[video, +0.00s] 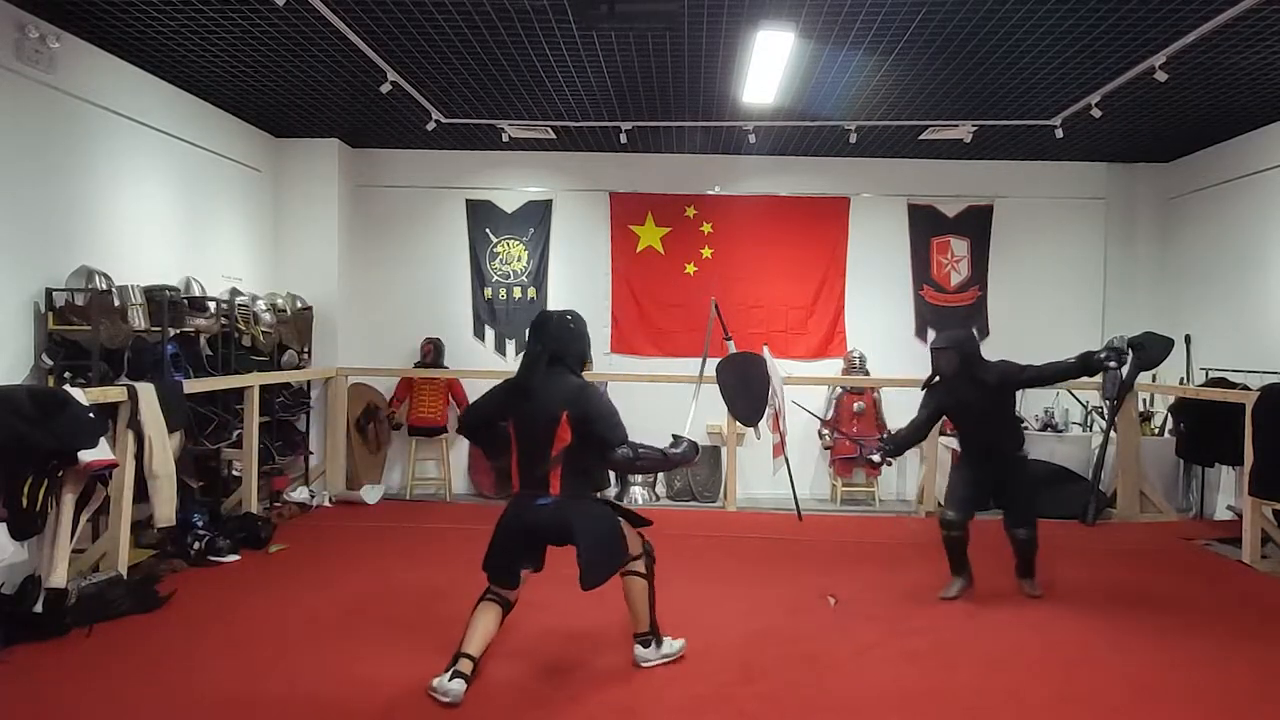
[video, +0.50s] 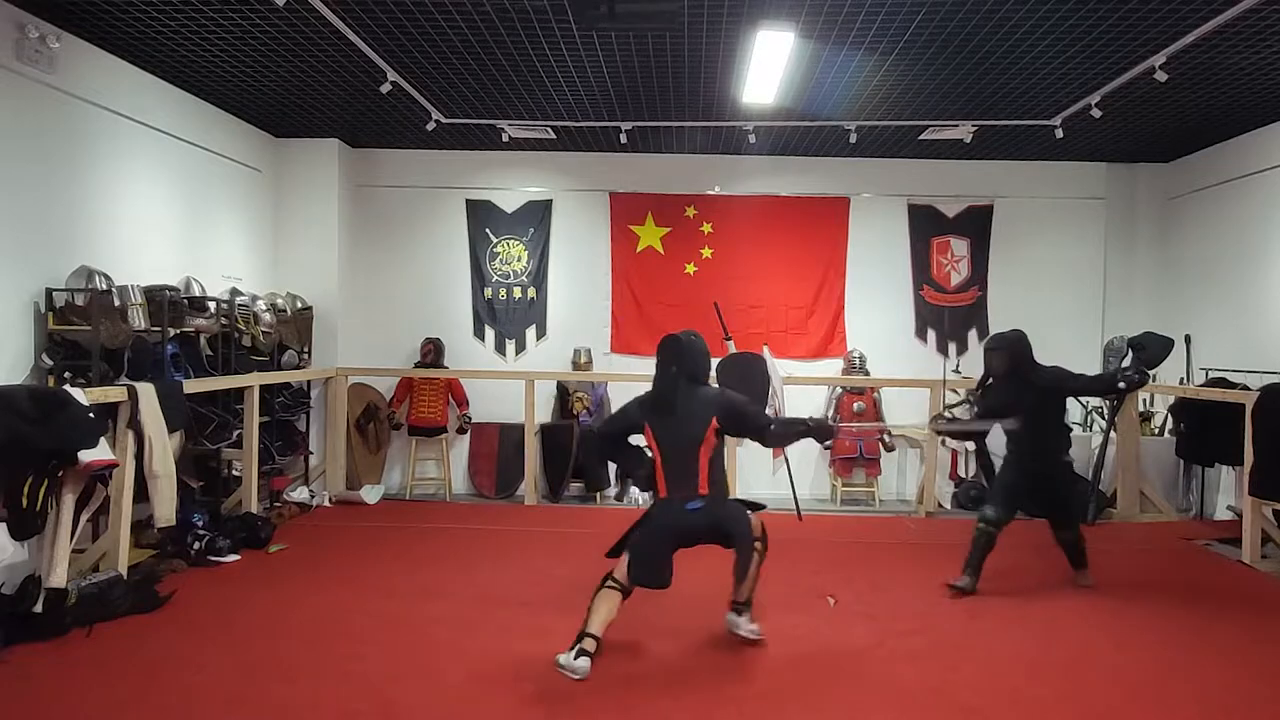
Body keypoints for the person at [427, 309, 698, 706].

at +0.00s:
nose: (588, 350)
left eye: (585, 342)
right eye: (584, 343)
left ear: (538, 346)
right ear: (574, 347)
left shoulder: (516, 387)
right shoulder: (582, 392)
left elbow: (470, 421)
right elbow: (618, 442)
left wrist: (502, 454)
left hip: (523, 510)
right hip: (577, 510)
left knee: (500, 590)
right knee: (636, 547)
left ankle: (458, 673)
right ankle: (647, 642)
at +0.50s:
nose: (709, 363)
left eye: (703, 358)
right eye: (705, 359)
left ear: (663, 366)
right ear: (701, 365)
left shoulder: (645, 405)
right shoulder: (717, 400)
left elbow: (605, 434)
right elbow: (767, 428)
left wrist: (641, 467)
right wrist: (812, 427)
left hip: (665, 516)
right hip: (715, 512)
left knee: (619, 578)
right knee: (756, 532)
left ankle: (583, 650)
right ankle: (741, 613)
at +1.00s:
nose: (812, 357)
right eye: (810, 351)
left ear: (771, 354)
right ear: (809, 356)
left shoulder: (756, 389)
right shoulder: (823, 396)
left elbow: (714, 414)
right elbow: (851, 449)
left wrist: (744, 446)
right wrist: (880, 434)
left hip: (765, 494)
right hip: (811, 494)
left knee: (742, 565)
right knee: (844, 538)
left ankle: (714, 619)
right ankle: (842, 606)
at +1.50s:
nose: (756, 338)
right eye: (753, 332)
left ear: (710, 335)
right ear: (748, 336)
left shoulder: (690, 369)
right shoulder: (754, 377)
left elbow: (648, 394)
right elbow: (786, 433)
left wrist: (676, 428)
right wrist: (834, 429)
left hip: (692, 479)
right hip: (738, 481)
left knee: (682, 550)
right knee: (777, 532)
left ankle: (662, 624)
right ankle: (755, 612)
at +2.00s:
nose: (679, 334)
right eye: (675, 328)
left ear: (629, 331)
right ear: (672, 336)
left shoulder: (610, 362)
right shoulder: (675, 380)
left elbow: (570, 387)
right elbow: (683, 426)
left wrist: (601, 414)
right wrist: (679, 385)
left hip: (602, 477)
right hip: (649, 477)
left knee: (596, 556)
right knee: (700, 541)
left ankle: (546, 619)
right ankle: (727, 621)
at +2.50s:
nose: (489, 368)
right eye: (486, 362)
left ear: (441, 360)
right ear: (478, 361)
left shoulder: (421, 392)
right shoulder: (483, 388)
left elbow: (376, 428)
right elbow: (519, 437)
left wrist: (406, 460)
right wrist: (563, 479)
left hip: (419, 499)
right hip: (466, 498)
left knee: (431, 559)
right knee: (526, 557)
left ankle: (393, 641)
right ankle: (528, 647)